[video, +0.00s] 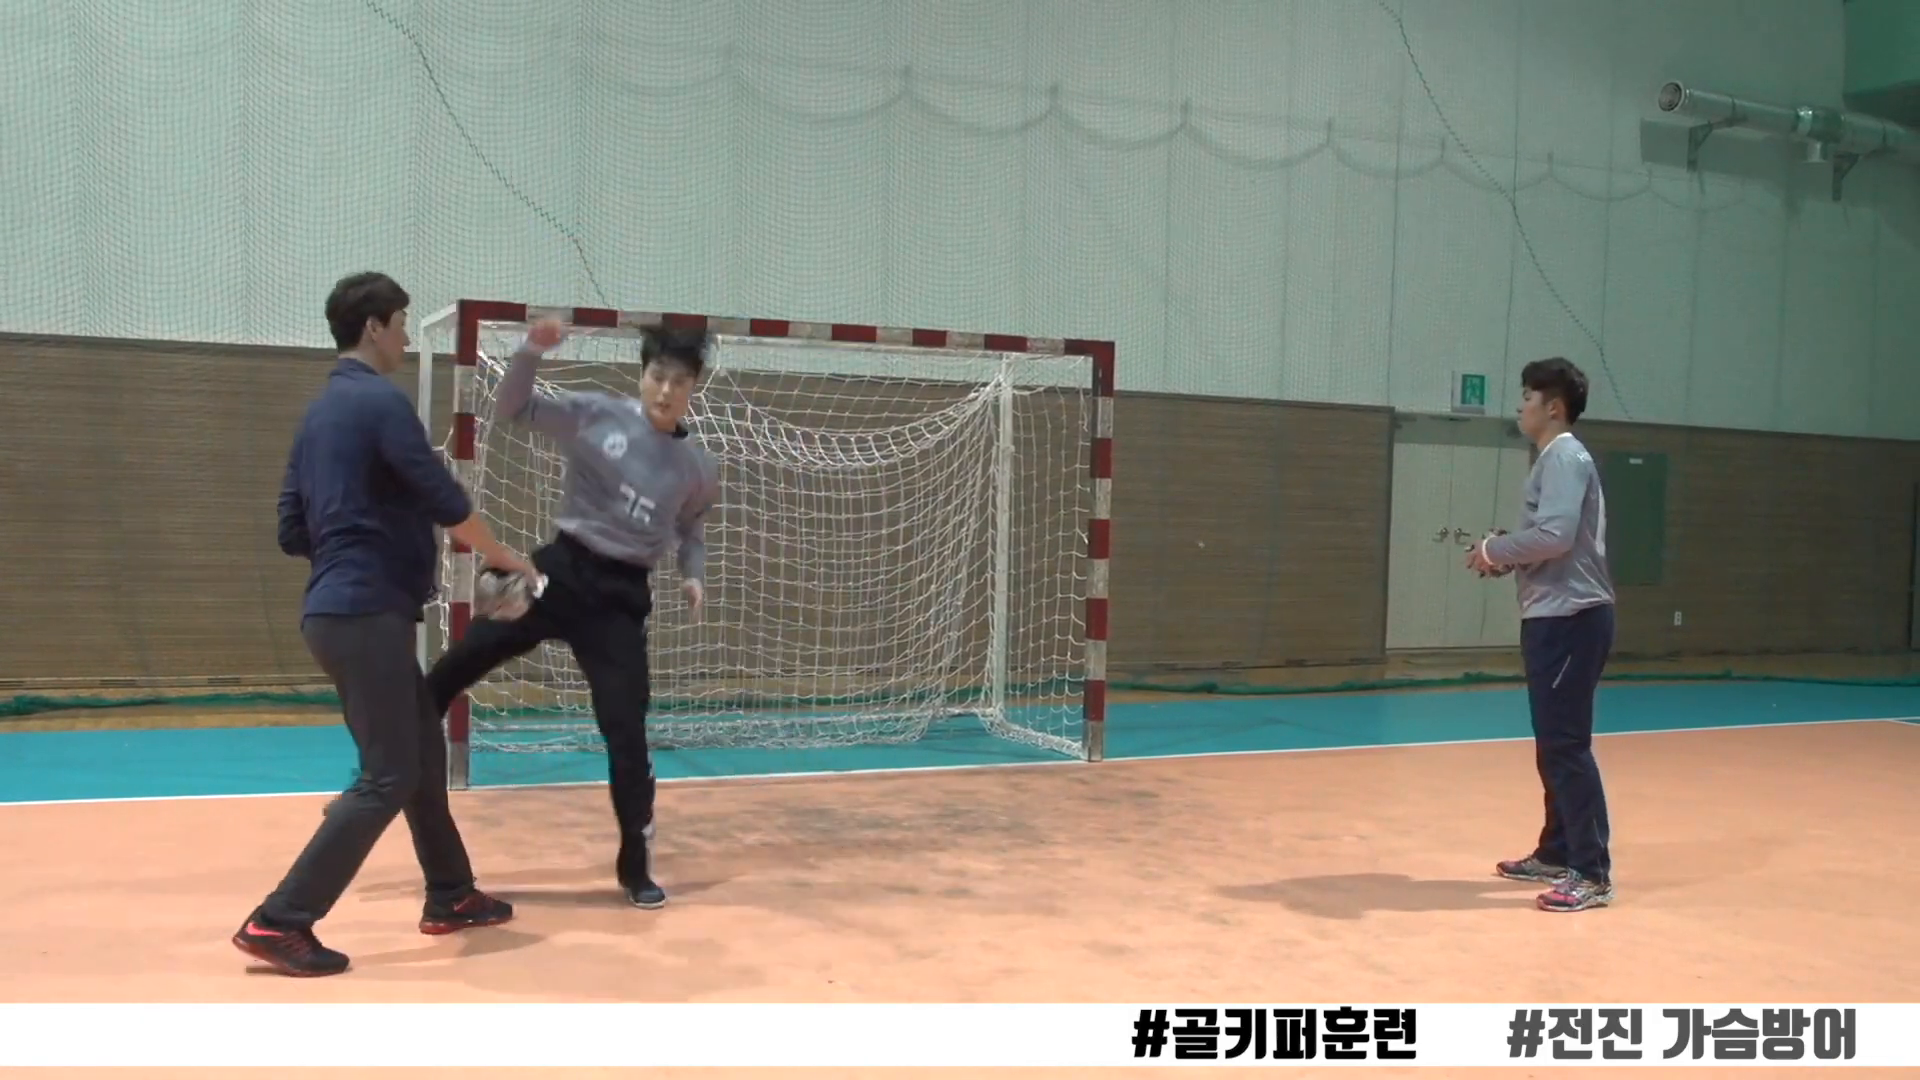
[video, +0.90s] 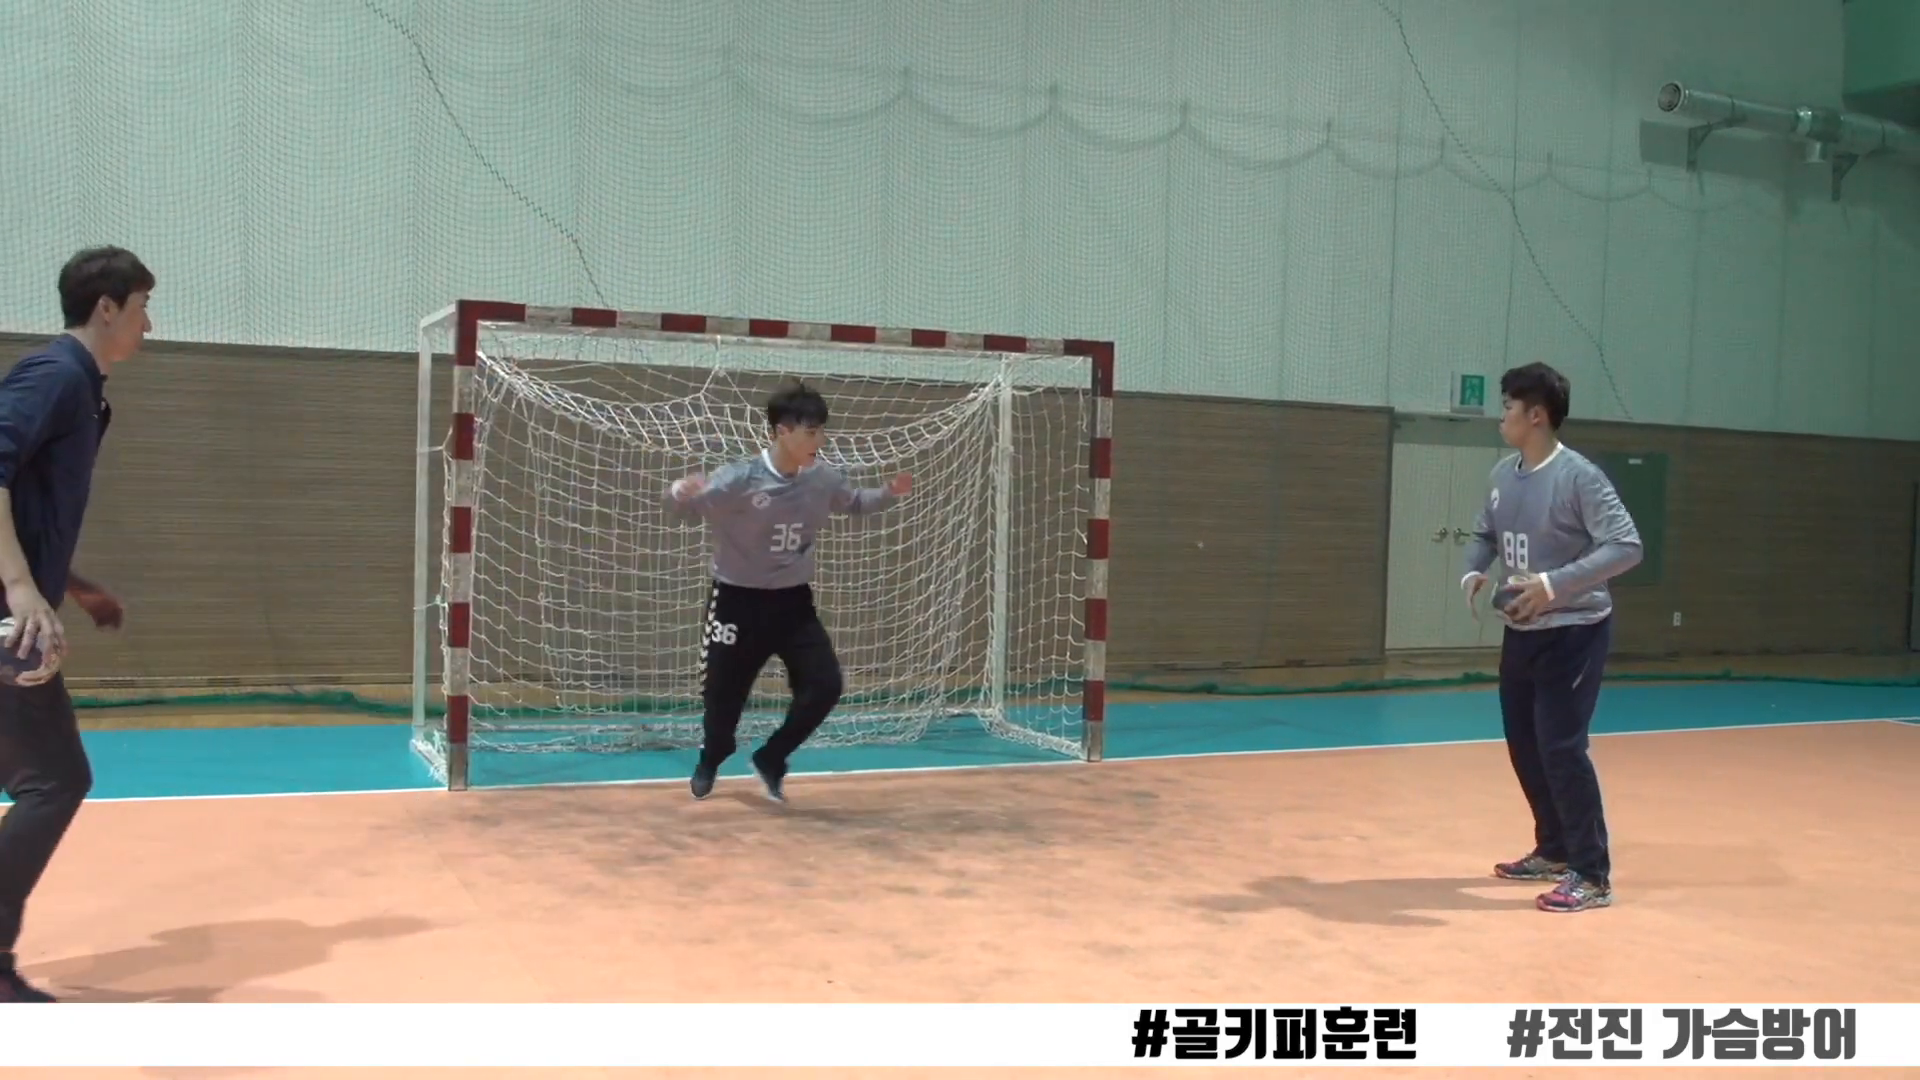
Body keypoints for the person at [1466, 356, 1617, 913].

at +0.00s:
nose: (1520, 406)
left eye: (1528, 397)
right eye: (1522, 397)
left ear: (1554, 404)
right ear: (1552, 405)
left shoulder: (1566, 455)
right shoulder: (1550, 458)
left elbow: (1557, 537)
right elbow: (1547, 535)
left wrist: (1499, 551)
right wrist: (1501, 552)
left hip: (1571, 618)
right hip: (1551, 618)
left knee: (1566, 744)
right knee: (1553, 743)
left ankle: (1592, 875)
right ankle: (1557, 855)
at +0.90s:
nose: (1501, 415)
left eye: (1509, 407)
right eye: (1503, 406)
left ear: (1538, 415)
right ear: (1526, 414)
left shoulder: (1581, 476)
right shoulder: (1505, 475)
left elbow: (1626, 547)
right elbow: (1485, 538)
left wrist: (1553, 585)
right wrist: (1476, 570)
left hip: (1574, 633)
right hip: (1522, 631)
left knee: (1561, 746)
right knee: (1525, 744)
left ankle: (1592, 877)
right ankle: (1555, 852)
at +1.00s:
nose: (1495, 416)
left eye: (1502, 408)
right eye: (1497, 407)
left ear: (1530, 415)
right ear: (1522, 415)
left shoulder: (1573, 474)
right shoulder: (1501, 475)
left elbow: (1637, 526)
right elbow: (1483, 541)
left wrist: (1600, 566)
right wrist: (1460, 585)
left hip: (1566, 635)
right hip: (1516, 634)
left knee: (1557, 745)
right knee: (1507, 732)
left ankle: (1591, 877)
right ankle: (1550, 843)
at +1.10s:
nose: (1489, 421)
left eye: (1496, 413)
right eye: (1490, 412)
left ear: (1523, 418)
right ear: (1512, 418)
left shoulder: (1570, 478)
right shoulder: (1496, 480)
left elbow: (1621, 507)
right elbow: (1480, 553)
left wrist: (1626, 497)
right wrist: (1446, 603)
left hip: (1562, 634)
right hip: (1510, 632)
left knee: (1552, 746)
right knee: (1478, 721)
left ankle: (1591, 877)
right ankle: (1530, 828)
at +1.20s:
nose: (1478, 431)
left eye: (1483, 421)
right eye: (1479, 422)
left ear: (1506, 425)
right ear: (1508, 425)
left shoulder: (1558, 476)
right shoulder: (1490, 487)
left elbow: (1605, 472)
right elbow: (1481, 565)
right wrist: (1446, 617)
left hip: (1551, 635)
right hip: (1503, 634)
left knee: (1541, 746)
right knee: (1469, 719)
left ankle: (1590, 877)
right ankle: (1479, 833)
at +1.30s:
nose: (1467, 435)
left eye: (1471, 425)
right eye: (1469, 426)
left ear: (1491, 426)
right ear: (1497, 428)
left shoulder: (1533, 478)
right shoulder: (1486, 492)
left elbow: (1539, 420)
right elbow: (1478, 566)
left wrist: (1528, 349)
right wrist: (1460, 619)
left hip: (1534, 637)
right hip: (1493, 635)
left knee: (1529, 750)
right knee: (1460, 721)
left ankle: (1587, 875)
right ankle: (1433, 827)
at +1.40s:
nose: (1459, 431)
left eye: (1469, 423)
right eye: (1461, 423)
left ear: (1486, 428)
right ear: (1488, 429)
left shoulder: (1501, 476)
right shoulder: (1479, 481)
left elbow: (1465, 427)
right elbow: (1484, 564)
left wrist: (1448, 357)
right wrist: (1466, 625)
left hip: (1506, 634)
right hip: (1479, 632)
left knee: (1521, 750)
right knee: (1440, 720)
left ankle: (1584, 873)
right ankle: (1428, 831)